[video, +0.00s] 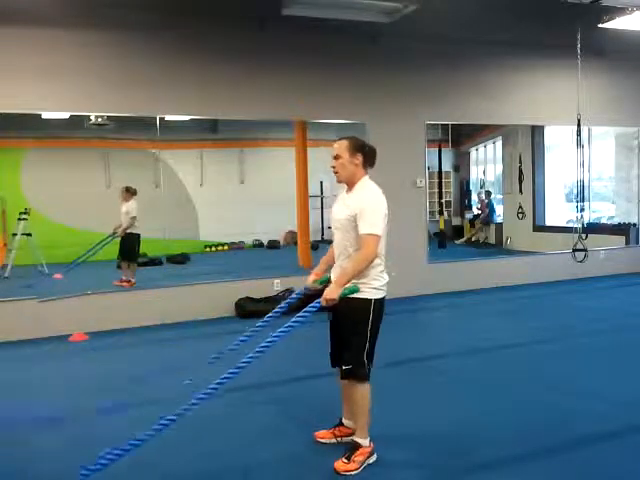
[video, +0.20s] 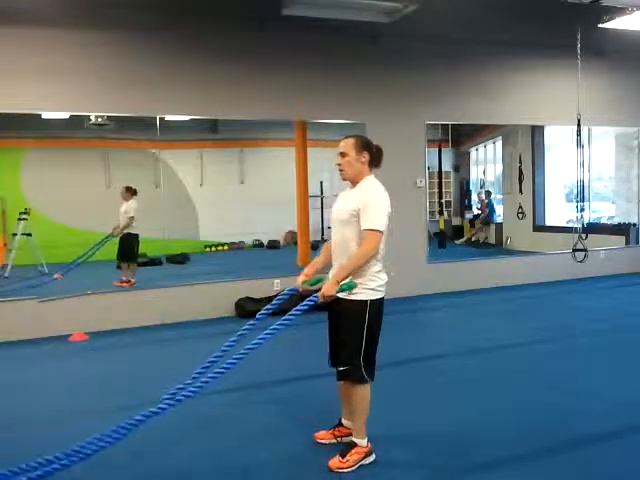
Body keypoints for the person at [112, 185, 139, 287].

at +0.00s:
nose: (122, 195)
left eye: (124, 193)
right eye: (122, 193)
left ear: (129, 194)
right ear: (125, 194)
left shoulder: (132, 204)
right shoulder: (125, 204)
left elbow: (132, 219)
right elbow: (125, 220)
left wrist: (123, 229)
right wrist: (118, 227)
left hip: (133, 233)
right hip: (126, 233)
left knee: (132, 259)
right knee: (123, 258)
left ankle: (131, 278)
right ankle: (125, 277)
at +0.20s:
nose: (122, 195)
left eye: (123, 193)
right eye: (122, 193)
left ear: (129, 194)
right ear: (126, 194)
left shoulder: (132, 204)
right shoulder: (125, 204)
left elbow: (130, 219)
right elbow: (124, 220)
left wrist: (120, 230)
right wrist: (116, 228)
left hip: (132, 234)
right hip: (125, 233)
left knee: (131, 258)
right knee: (123, 258)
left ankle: (131, 279)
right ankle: (125, 278)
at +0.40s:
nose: (121, 195)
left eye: (123, 193)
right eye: (121, 193)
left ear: (128, 194)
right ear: (127, 194)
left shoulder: (130, 204)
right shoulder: (125, 204)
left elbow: (129, 218)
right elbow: (123, 219)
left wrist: (119, 230)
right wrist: (117, 228)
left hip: (129, 233)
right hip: (125, 233)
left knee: (125, 258)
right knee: (124, 258)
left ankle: (126, 278)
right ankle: (125, 278)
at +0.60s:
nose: (121, 195)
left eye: (123, 193)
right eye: (121, 193)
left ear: (128, 194)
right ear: (126, 194)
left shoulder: (130, 204)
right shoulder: (125, 204)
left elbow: (129, 218)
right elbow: (127, 218)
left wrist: (120, 227)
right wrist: (120, 228)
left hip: (130, 233)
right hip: (126, 233)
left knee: (125, 258)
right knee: (123, 258)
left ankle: (126, 278)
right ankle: (125, 278)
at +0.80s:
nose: (121, 201)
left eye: (123, 199)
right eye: (121, 199)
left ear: (128, 200)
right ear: (128, 200)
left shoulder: (130, 210)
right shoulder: (127, 210)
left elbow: (130, 223)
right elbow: (129, 224)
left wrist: (119, 232)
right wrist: (120, 233)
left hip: (131, 238)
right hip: (127, 238)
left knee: (121, 259)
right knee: (123, 260)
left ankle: (125, 279)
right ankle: (124, 279)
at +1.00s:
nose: (127, 192)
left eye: (129, 191)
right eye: (128, 190)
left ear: (134, 192)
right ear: (133, 192)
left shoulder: (134, 202)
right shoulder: (130, 202)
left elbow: (125, 204)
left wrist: (112, 209)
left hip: (133, 229)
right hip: (129, 229)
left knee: (126, 255)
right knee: (126, 255)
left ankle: (127, 279)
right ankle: (126, 278)